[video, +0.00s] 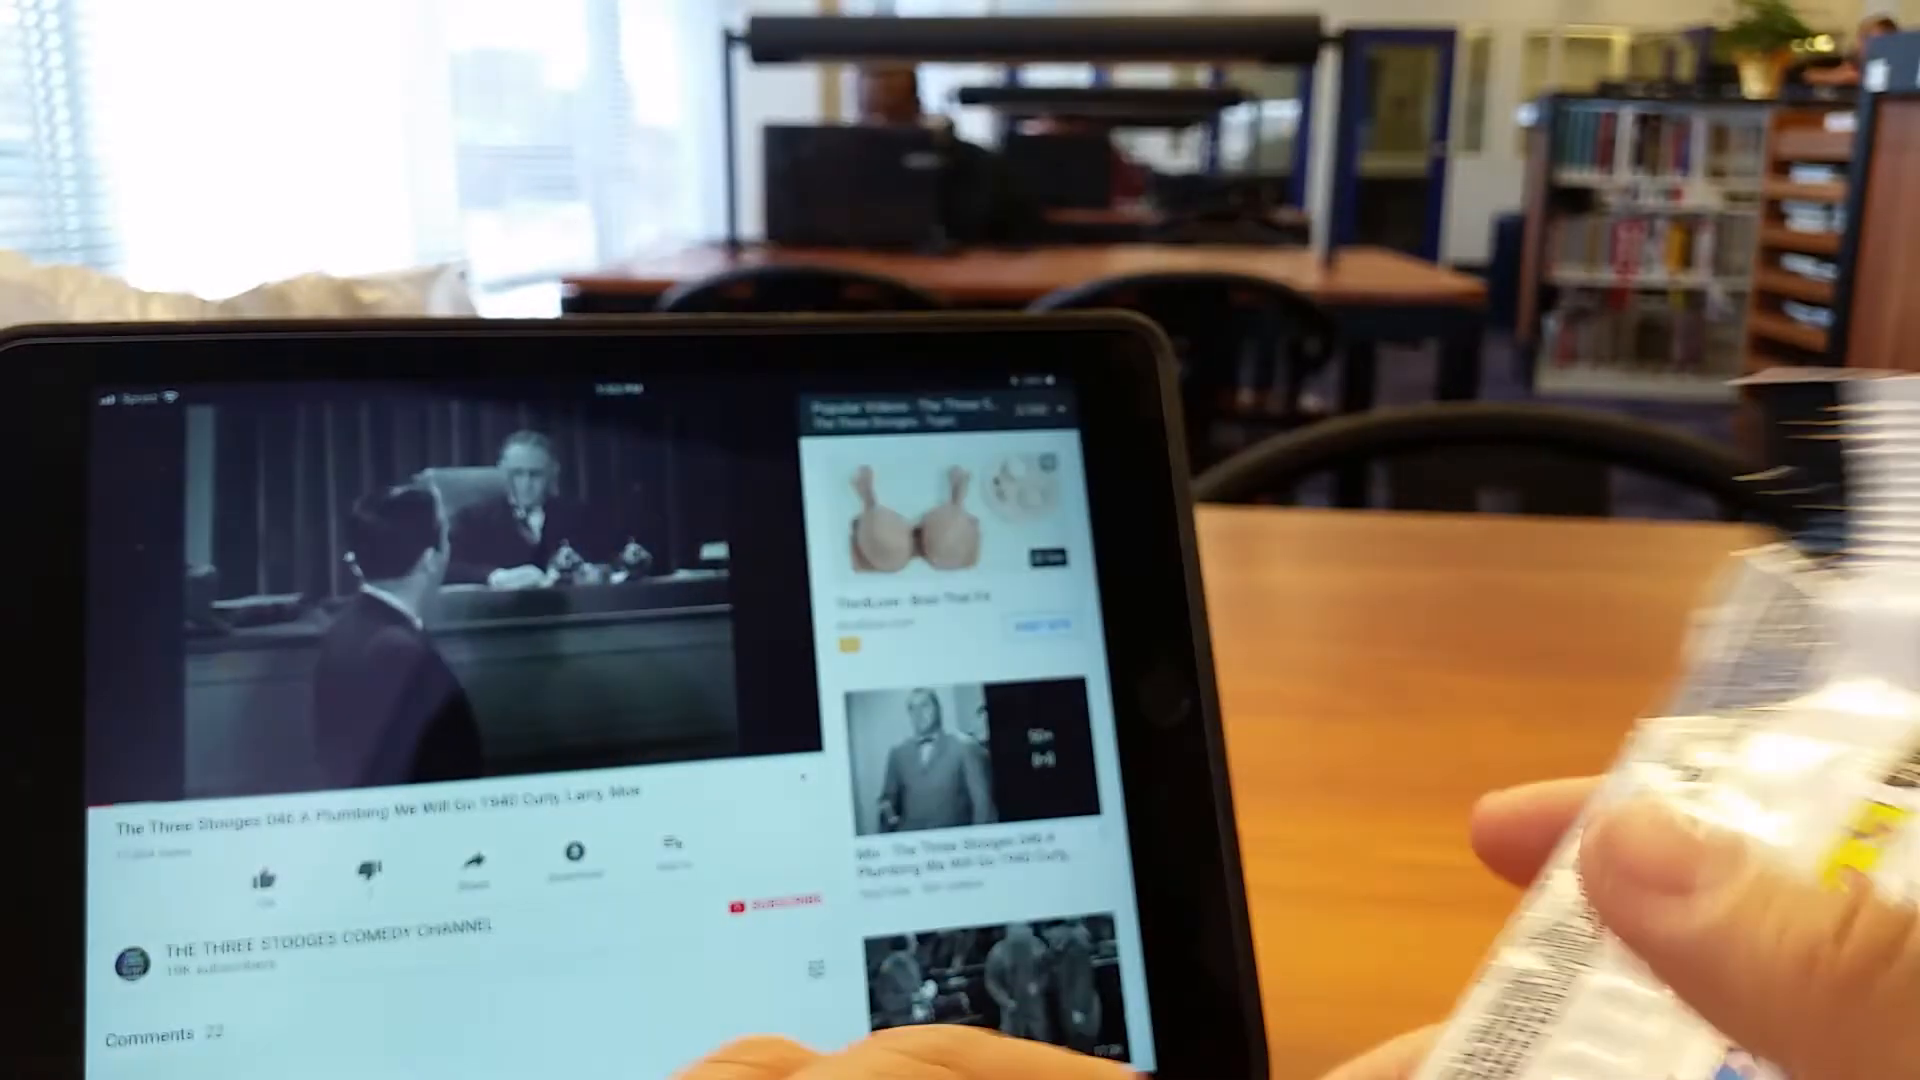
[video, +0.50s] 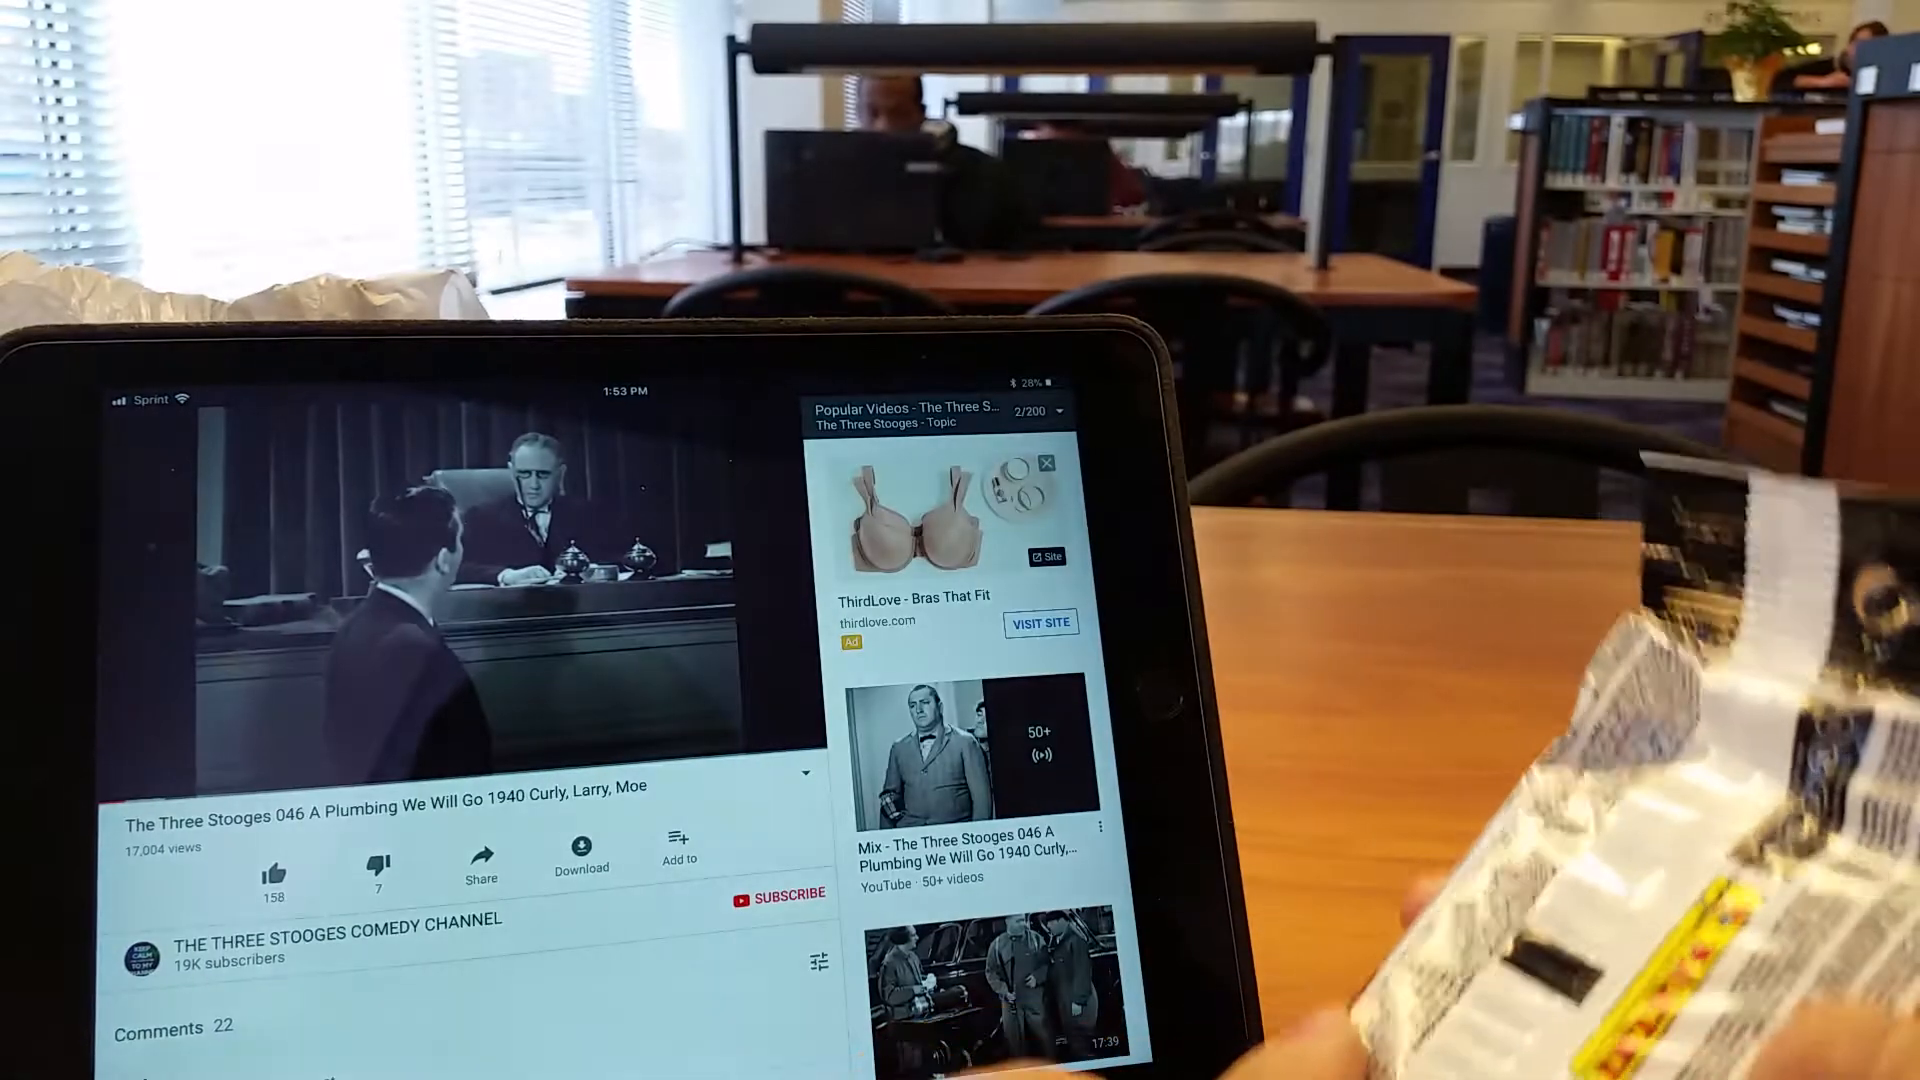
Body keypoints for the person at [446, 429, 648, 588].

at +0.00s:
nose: (524, 484)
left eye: (534, 475)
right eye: (516, 474)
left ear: (552, 476)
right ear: (503, 474)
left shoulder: (577, 518)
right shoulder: (476, 521)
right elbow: (451, 569)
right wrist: (493, 577)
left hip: (570, 628)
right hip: (501, 633)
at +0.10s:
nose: (528, 484)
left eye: (538, 474)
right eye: (519, 474)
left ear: (556, 473)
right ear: (506, 472)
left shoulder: (579, 515)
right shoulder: (479, 519)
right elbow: (453, 570)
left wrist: (587, 570)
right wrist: (498, 576)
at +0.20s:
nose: (532, 484)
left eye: (541, 474)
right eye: (523, 474)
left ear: (559, 473)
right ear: (509, 471)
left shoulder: (584, 515)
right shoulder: (480, 519)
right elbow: (455, 569)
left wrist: (587, 569)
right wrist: (502, 576)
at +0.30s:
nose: (533, 484)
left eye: (543, 475)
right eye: (524, 474)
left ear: (560, 473)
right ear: (511, 470)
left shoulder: (586, 515)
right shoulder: (483, 519)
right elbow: (456, 568)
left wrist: (591, 568)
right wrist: (504, 575)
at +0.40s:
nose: (534, 484)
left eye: (544, 475)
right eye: (525, 474)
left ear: (561, 473)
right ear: (512, 471)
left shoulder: (587, 515)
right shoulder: (484, 519)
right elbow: (457, 568)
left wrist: (590, 569)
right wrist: (504, 575)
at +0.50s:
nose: (533, 485)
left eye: (543, 475)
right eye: (525, 474)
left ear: (560, 474)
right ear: (511, 471)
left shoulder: (585, 514)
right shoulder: (483, 519)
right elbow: (457, 569)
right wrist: (503, 575)